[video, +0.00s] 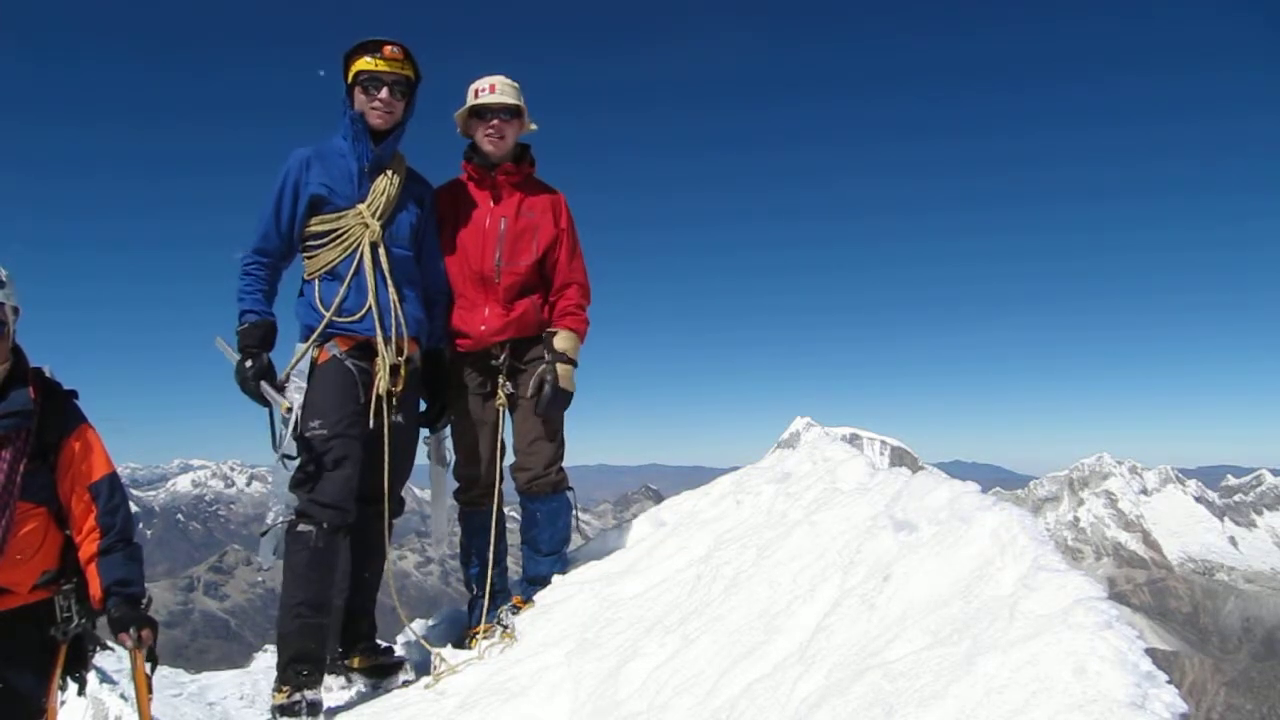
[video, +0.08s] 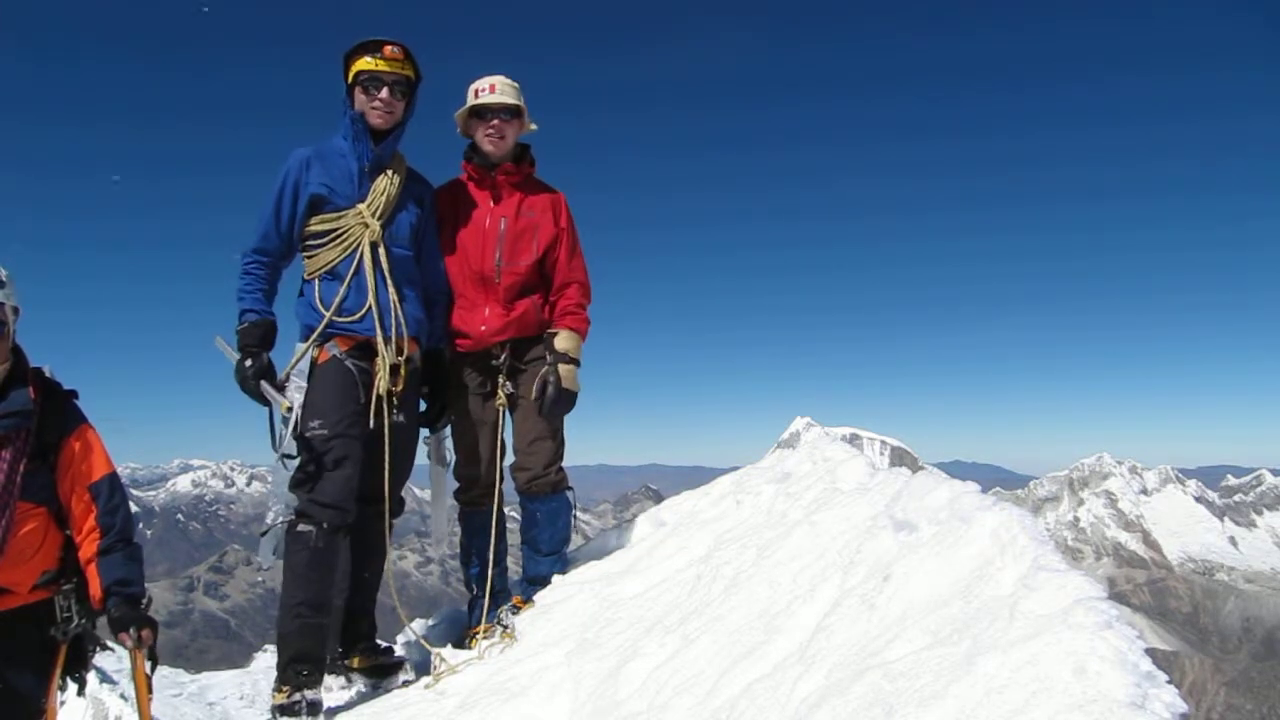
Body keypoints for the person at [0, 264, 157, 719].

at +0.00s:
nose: (1, 333)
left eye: (2, 319)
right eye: (2, 319)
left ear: (12, 322)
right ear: (8, 322)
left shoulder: (47, 410)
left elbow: (99, 508)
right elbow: (100, 508)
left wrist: (120, 596)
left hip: (25, 619)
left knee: (20, 705)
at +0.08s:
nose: (1, 333)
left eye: (2, 319)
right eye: (2, 319)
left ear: (12, 322)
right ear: (8, 322)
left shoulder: (47, 410)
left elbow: (99, 508)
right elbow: (100, 508)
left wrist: (120, 596)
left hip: (25, 619)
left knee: (20, 705)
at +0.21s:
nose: (0, 332)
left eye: (2, 318)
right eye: (2, 319)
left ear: (12, 321)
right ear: (9, 321)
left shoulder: (47, 410)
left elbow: (99, 508)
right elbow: (100, 508)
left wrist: (120, 596)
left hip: (24, 619)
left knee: (20, 706)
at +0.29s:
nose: (1, 333)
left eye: (2, 319)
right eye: (2, 319)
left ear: (12, 321)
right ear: (8, 322)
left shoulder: (47, 410)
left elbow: (100, 508)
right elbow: (100, 508)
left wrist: (120, 596)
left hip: (25, 619)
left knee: (20, 705)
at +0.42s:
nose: (1, 334)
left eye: (3, 320)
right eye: (2, 320)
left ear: (13, 322)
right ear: (9, 323)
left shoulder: (48, 410)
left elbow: (100, 508)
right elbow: (101, 508)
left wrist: (121, 597)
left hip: (25, 620)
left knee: (21, 705)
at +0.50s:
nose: (0, 334)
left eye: (2, 320)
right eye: (1, 320)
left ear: (13, 323)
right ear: (8, 323)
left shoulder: (48, 410)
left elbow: (101, 508)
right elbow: (101, 508)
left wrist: (121, 597)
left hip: (25, 620)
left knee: (20, 706)